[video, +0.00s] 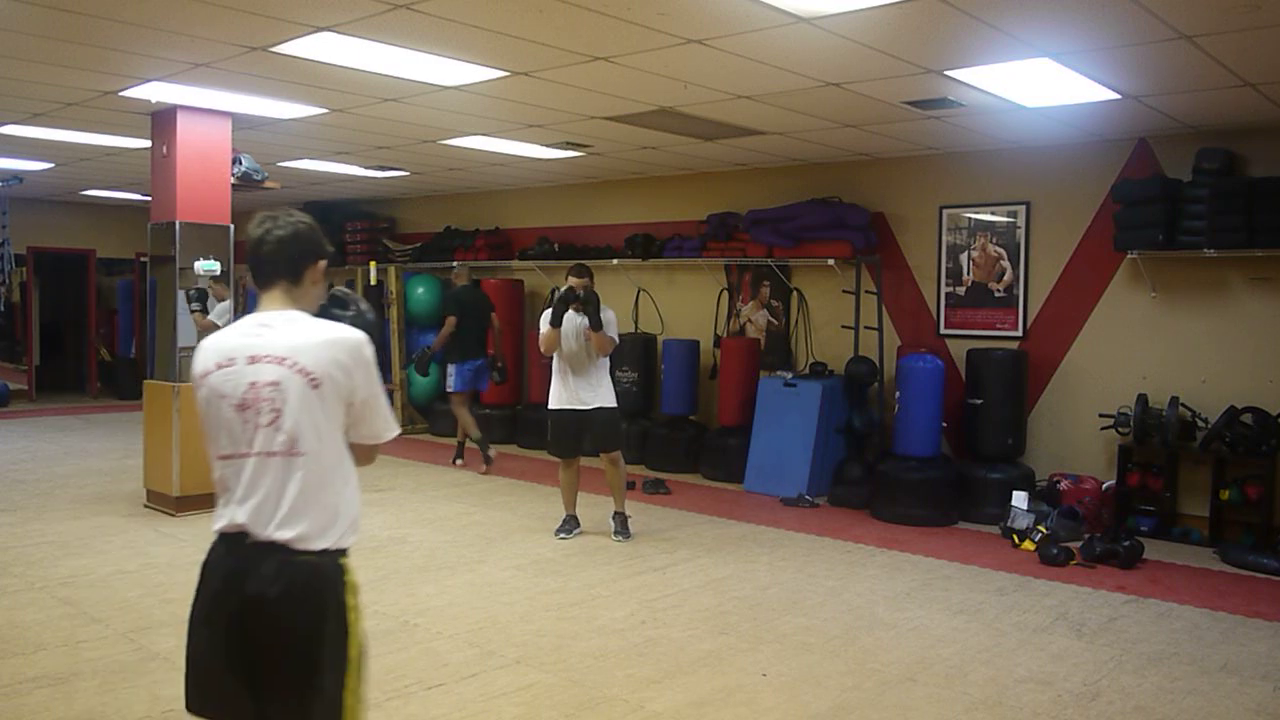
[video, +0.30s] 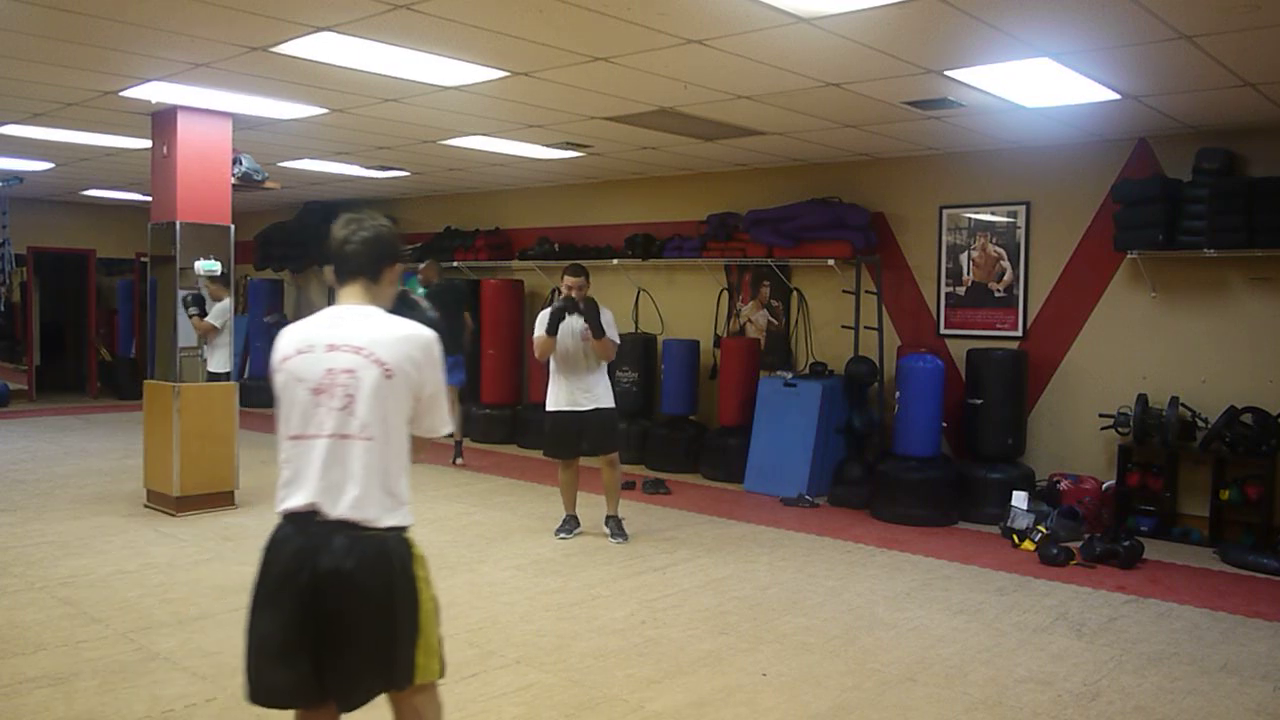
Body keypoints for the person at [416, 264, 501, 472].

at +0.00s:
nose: (451, 277)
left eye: (453, 274)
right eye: (454, 273)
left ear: (455, 276)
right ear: (469, 276)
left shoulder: (453, 295)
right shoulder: (482, 295)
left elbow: (450, 325)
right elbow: (496, 325)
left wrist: (432, 349)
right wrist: (497, 353)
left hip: (459, 358)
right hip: (479, 356)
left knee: (458, 404)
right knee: (464, 404)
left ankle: (484, 447)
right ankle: (459, 453)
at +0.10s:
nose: (440, 278)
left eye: (441, 275)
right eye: (441, 274)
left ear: (449, 274)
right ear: (460, 275)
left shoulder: (449, 294)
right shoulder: (474, 294)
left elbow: (446, 324)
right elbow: (487, 324)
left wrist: (430, 348)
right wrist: (487, 350)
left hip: (450, 356)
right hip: (471, 355)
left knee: (439, 403)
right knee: (461, 402)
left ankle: (465, 437)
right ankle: (459, 453)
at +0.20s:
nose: (430, 283)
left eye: (431, 279)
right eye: (429, 279)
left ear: (438, 276)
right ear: (446, 274)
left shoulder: (440, 294)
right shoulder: (464, 291)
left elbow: (442, 321)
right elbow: (478, 322)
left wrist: (430, 345)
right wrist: (475, 345)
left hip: (445, 353)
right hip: (464, 352)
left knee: (428, 396)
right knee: (457, 400)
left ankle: (443, 438)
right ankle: (459, 449)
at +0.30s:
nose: (419, 277)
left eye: (422, 273)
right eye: (419, 273)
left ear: (431, 273)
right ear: (439, 272)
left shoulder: (427, 297)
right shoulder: (456, 291)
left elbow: (421, 326)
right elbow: (469, 323)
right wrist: (464, 346)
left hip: (434, 353)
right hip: (455, 351)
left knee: (432, 399)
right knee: (454, 400)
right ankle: (458, 448)